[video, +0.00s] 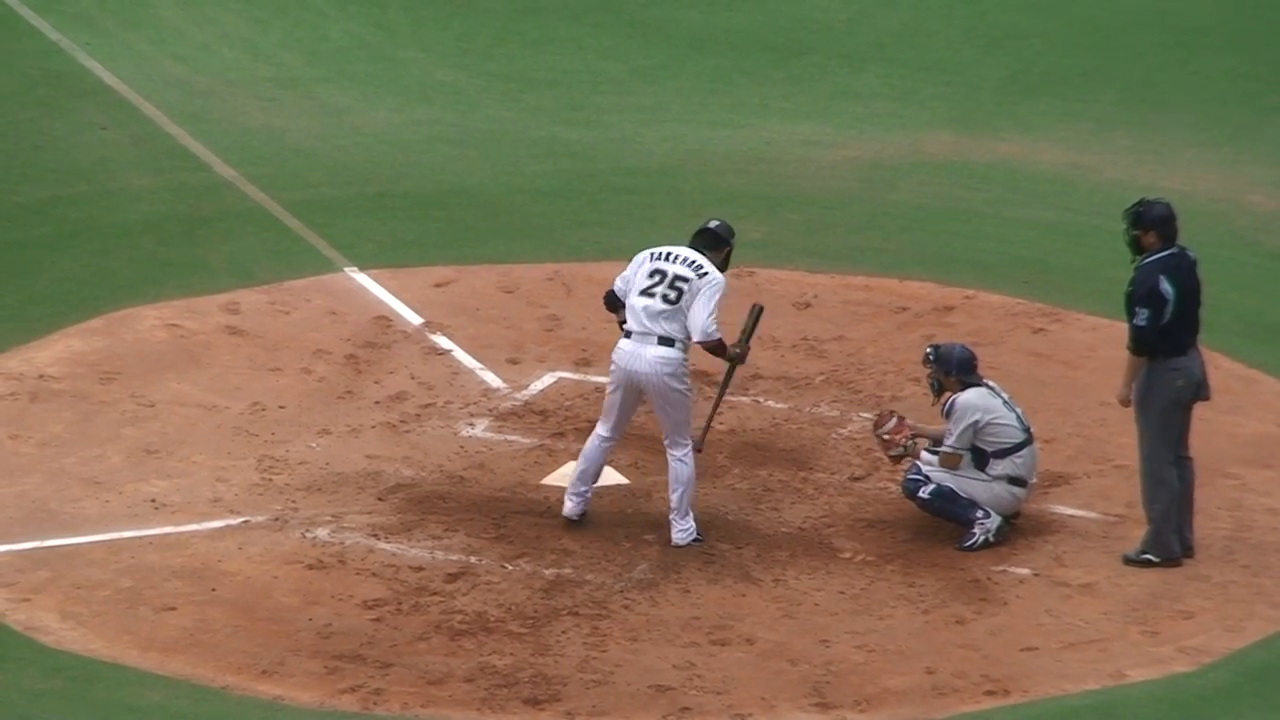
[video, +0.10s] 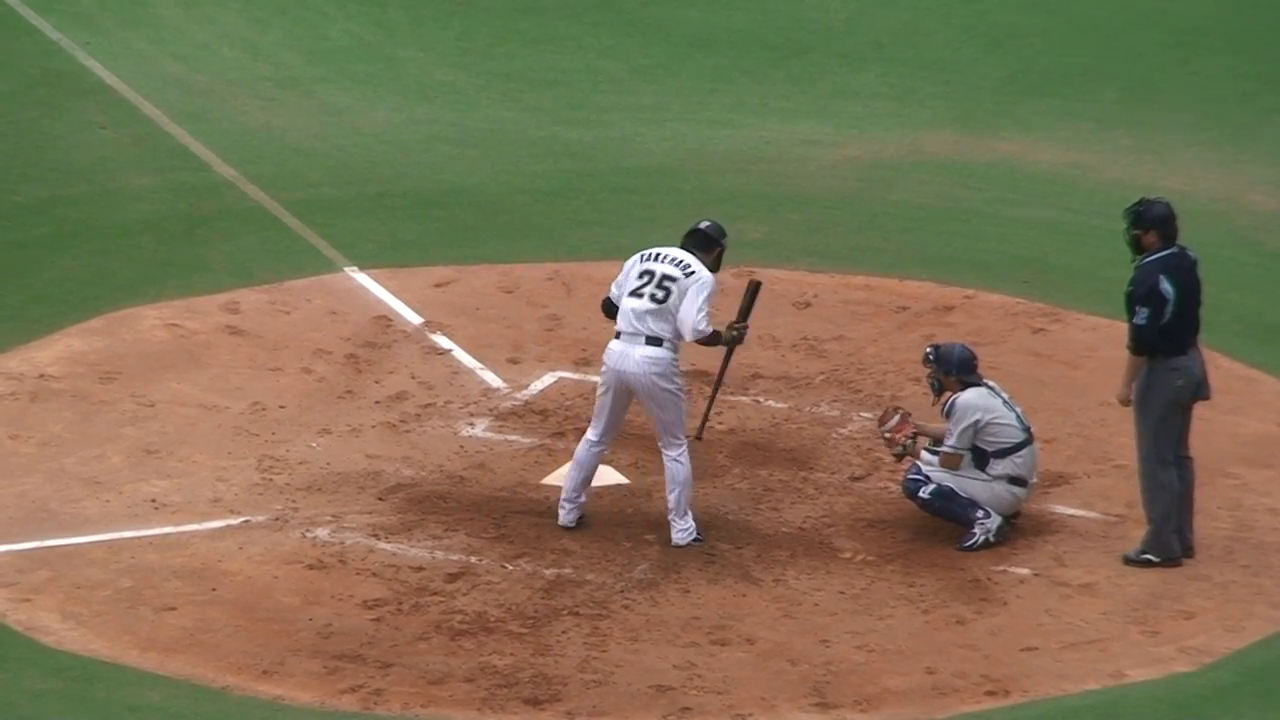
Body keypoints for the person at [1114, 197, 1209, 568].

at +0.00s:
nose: (1133, 236)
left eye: (1137, 231)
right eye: (1134, 229)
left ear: (1150, 236)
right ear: (1166, 232)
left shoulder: (1148, 275)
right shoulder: (1185, 260)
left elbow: (1140, 340)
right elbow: (1188, 322)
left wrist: (1126, 384)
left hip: (1162, 372)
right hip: (1188, 365)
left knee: (1157, 459)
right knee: (1176, 455)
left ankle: (1161, 544)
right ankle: (1179, 537)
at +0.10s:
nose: (1133, 235)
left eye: (1137, 230)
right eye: (1134, 228)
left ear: (1150, 235)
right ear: (1167, 232)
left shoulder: (1148, 275)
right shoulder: (1185, 260)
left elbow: (1140, 341)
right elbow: (1188, 321)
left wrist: (1126, 384)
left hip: (1162, 371)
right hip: (1188, 364)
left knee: (1156, 459)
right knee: (1176, 455)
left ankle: (1161, 544)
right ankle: (1179, 537)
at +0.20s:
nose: (1133, 236)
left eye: (1137, 230)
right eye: (1134, 229)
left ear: (1149, 235)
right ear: (1167, 232)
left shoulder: (1148, 275)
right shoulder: (1185, 260)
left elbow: (1140, 340)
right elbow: (1187, 321)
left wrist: (1126, 383)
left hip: (1162, 371)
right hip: (1189, 364)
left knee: (1154, 458)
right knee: (1176, 454)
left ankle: (1160, 545)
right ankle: (1179, 537)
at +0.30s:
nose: (1133, 235)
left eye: (1137, 230)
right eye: (1134, 229)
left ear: (1149, 235)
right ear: (1166, 232)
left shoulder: (1148, 274)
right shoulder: (1185, 260)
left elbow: (1140, 340)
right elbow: (1187, 321)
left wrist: (1126, 384)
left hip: (1162, 372)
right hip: (1188, 365)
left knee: (1146, 454)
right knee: (1175, 452)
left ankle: (1159, 544)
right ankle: (1179, 538)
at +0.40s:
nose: (1132, 236)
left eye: (1136, 230)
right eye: (1133, 229)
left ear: (1149, 235)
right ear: (1165, 232)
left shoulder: (1149, 274)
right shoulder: (1185, 260)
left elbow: (1141, 341)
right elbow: (1187, 321)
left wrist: (1128, 384)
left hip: (1164, 372)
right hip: (1188, 366)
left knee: (1136, 453)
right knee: (1174, 452)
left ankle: (1156, 544)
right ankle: (1178, 538)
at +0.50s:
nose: (1131, 237)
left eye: (1135, 232)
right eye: (1133, 230)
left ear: (1148, 236)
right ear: (1166, 232)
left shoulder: (1152, 272)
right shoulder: (1183, 261)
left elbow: (1144, 341)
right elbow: (1185, 323)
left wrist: (1129, 385)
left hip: (1163, 373)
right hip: (1186, 369)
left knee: (1124, 451)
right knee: (1174, 453)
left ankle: (1149, 540)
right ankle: (1177, 536)